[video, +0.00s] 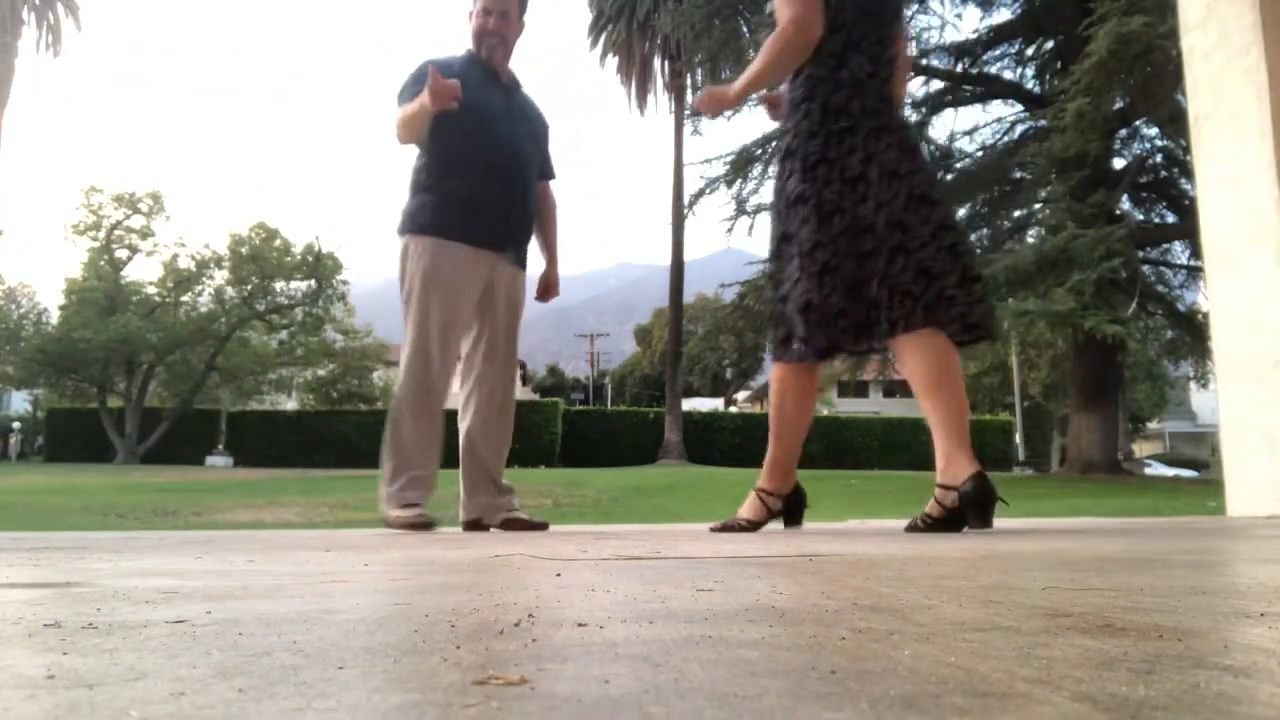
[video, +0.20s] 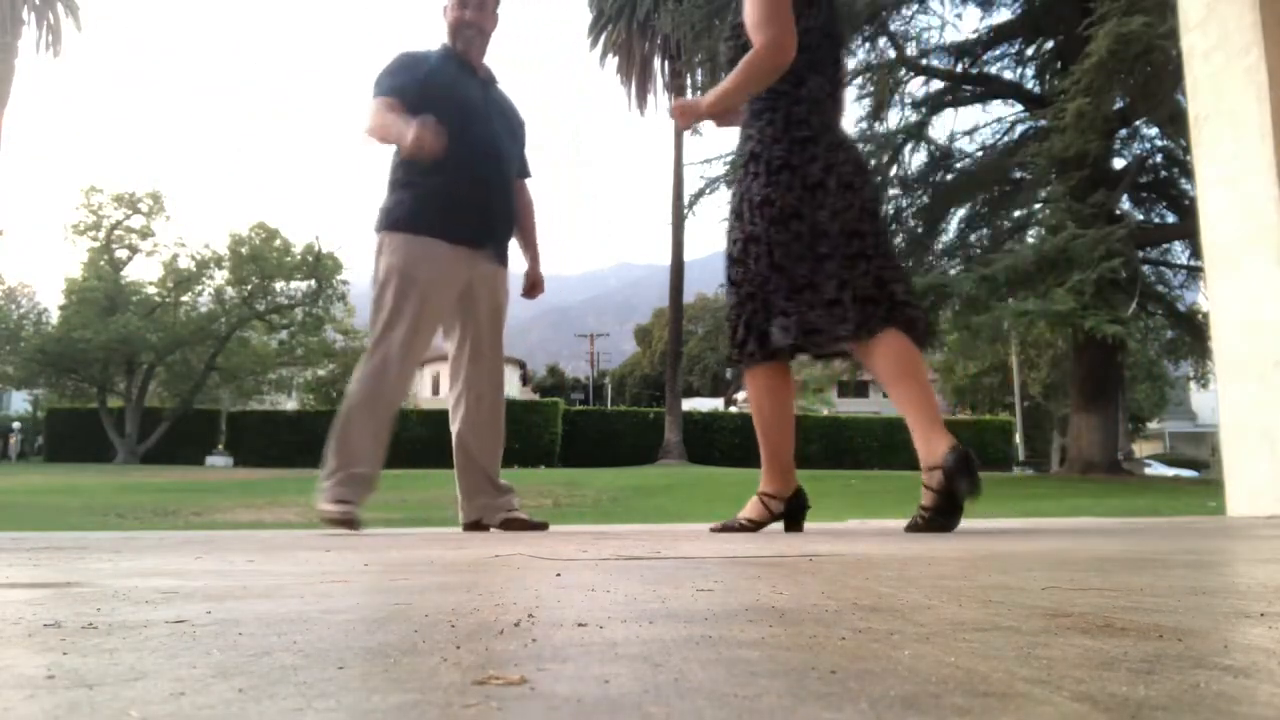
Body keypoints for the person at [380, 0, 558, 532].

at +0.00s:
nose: (493, 24)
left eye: (505, 16)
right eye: (486, 13)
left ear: (521, 27)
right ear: (472, 18)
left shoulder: (531, 114)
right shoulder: (439, 70)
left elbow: (542, 191)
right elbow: (405, 131)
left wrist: (550, 261)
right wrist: (428, 106)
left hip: (507, 256)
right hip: (441, 243)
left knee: (493, 380)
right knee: (425, 370)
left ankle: (486, 504)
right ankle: (405, 498)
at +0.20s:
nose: (471, 17)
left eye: (482, 9)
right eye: (462, 7)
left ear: (496, 20)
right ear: (446, 12)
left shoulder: (506, 110)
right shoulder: (416, 68)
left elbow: (517, 187)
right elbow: (378, 120)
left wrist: (532, 259)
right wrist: (407, 130)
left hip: (485, 254)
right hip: (418, 241)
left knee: (481, 379)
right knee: (388, 364)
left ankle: (484, 506)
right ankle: (340, 494)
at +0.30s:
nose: (452, 11)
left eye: (464, 5)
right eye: (443, 2)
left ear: (476, 16)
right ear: (427, 9)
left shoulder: (488, 109)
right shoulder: (393, 64)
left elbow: (501, 186)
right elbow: (362, 130)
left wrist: (524, 256)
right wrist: (377, 178)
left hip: (471, 255)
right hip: (401, 241)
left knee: (473, 378)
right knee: (368, 366)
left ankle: (484, 506)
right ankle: (313, 499)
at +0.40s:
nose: (435, 8)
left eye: (443, 3)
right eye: (426, 0)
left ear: (453, 13)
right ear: (407, 6)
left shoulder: (468, 104)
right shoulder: (372, 58)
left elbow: (482, 185)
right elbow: (341, 139)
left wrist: (519, 247)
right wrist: (330, 223)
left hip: (448, 260)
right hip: (375, 243)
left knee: (462, 384)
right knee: (344, 373)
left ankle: (485, 506)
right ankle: (306, 503)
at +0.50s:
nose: (418, 1)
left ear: (434, 6)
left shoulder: (449, 93)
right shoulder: (348, 47)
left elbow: (471, 175)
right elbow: (305, 136)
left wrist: (518, 225)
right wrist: (294, 220)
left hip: (428, 252)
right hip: (352, 236)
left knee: (454, 378)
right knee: (331, 372)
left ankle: (480, 505)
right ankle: (303, 504)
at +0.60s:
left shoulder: (438, 76)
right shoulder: (333, 29)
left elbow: (468, 156)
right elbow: (281, 113)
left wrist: (522, 203)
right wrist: (271, 211)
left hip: (420, 241)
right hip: (340, 228)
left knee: (446, 366)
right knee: (325, 369)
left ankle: (453, 504)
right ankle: (303, 505)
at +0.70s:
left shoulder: (432, 60)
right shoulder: (327, 15)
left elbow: (469, 142)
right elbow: (271, 101)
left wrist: (529, 186)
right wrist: (258, 198)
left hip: (415, 229)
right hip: (334, 220)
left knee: (424, 363)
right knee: (317, 362)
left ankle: (410, 503)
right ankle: (303, 503)